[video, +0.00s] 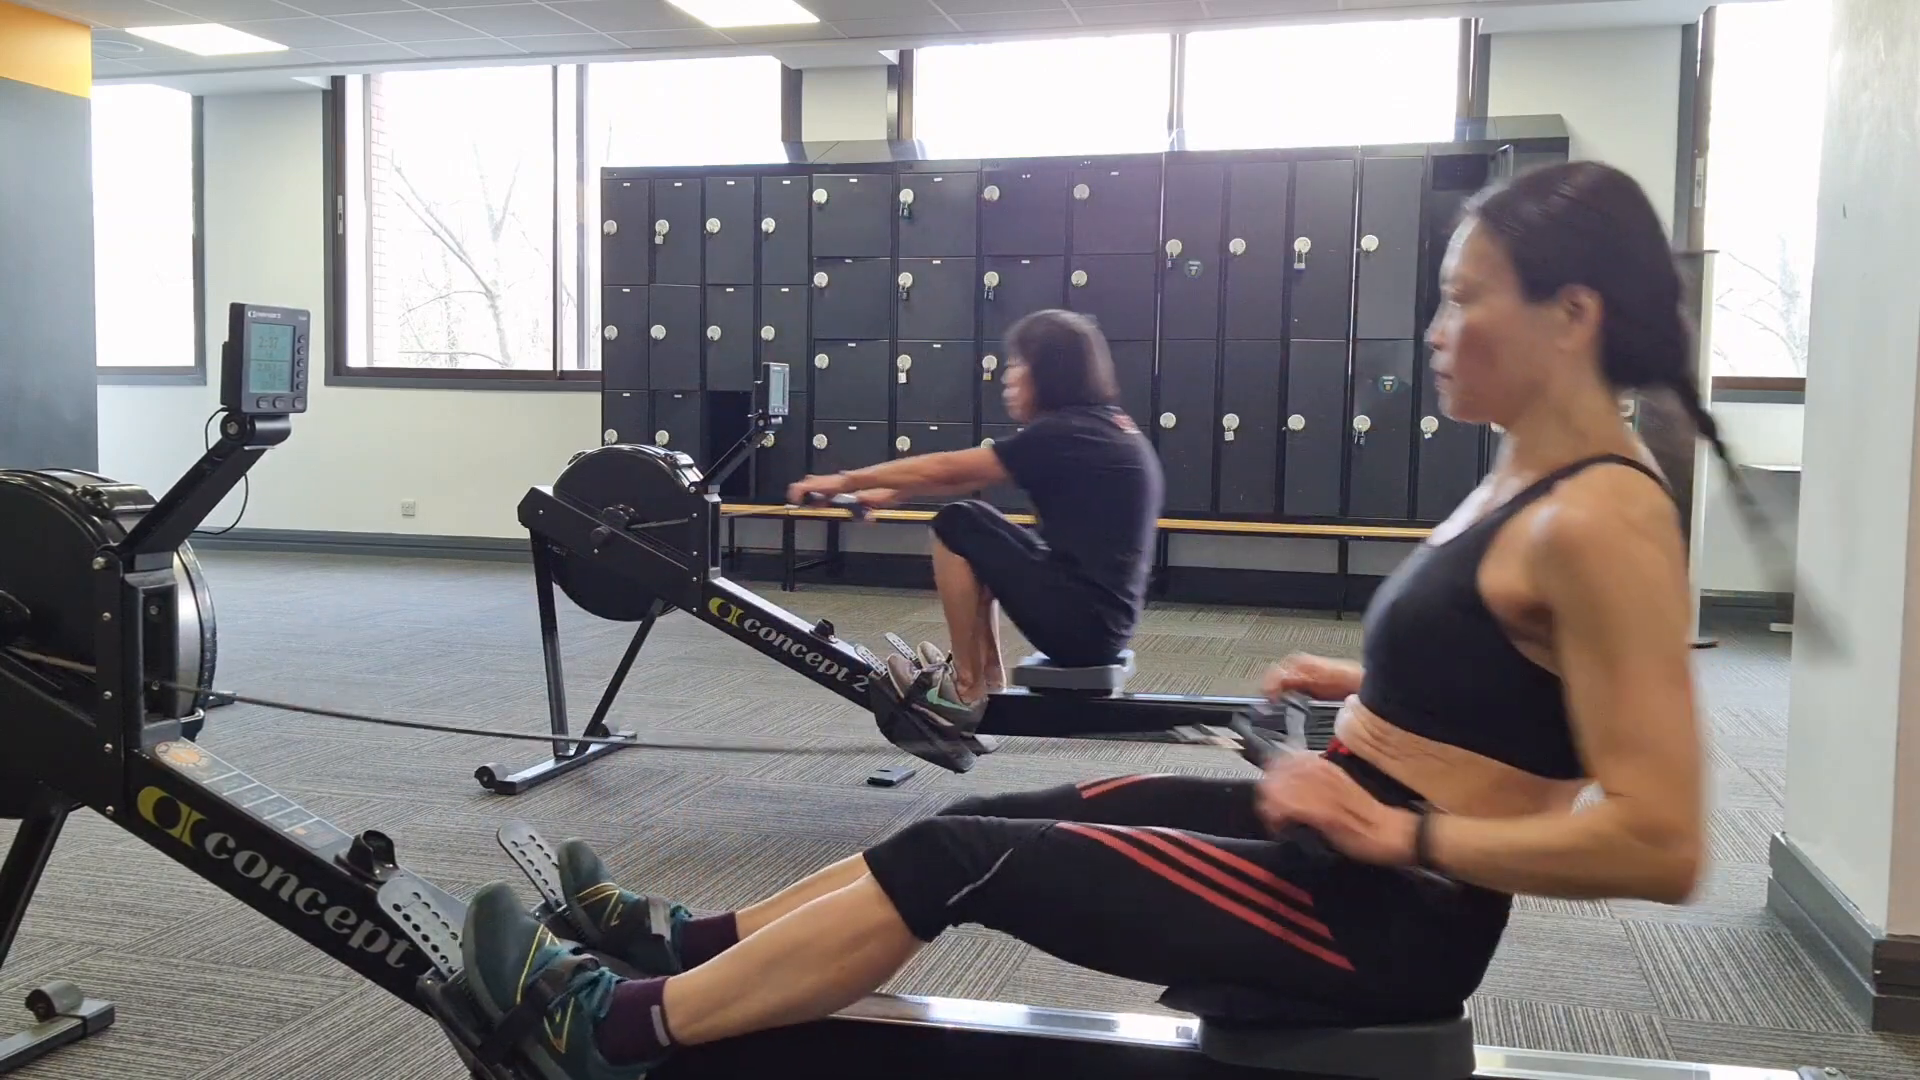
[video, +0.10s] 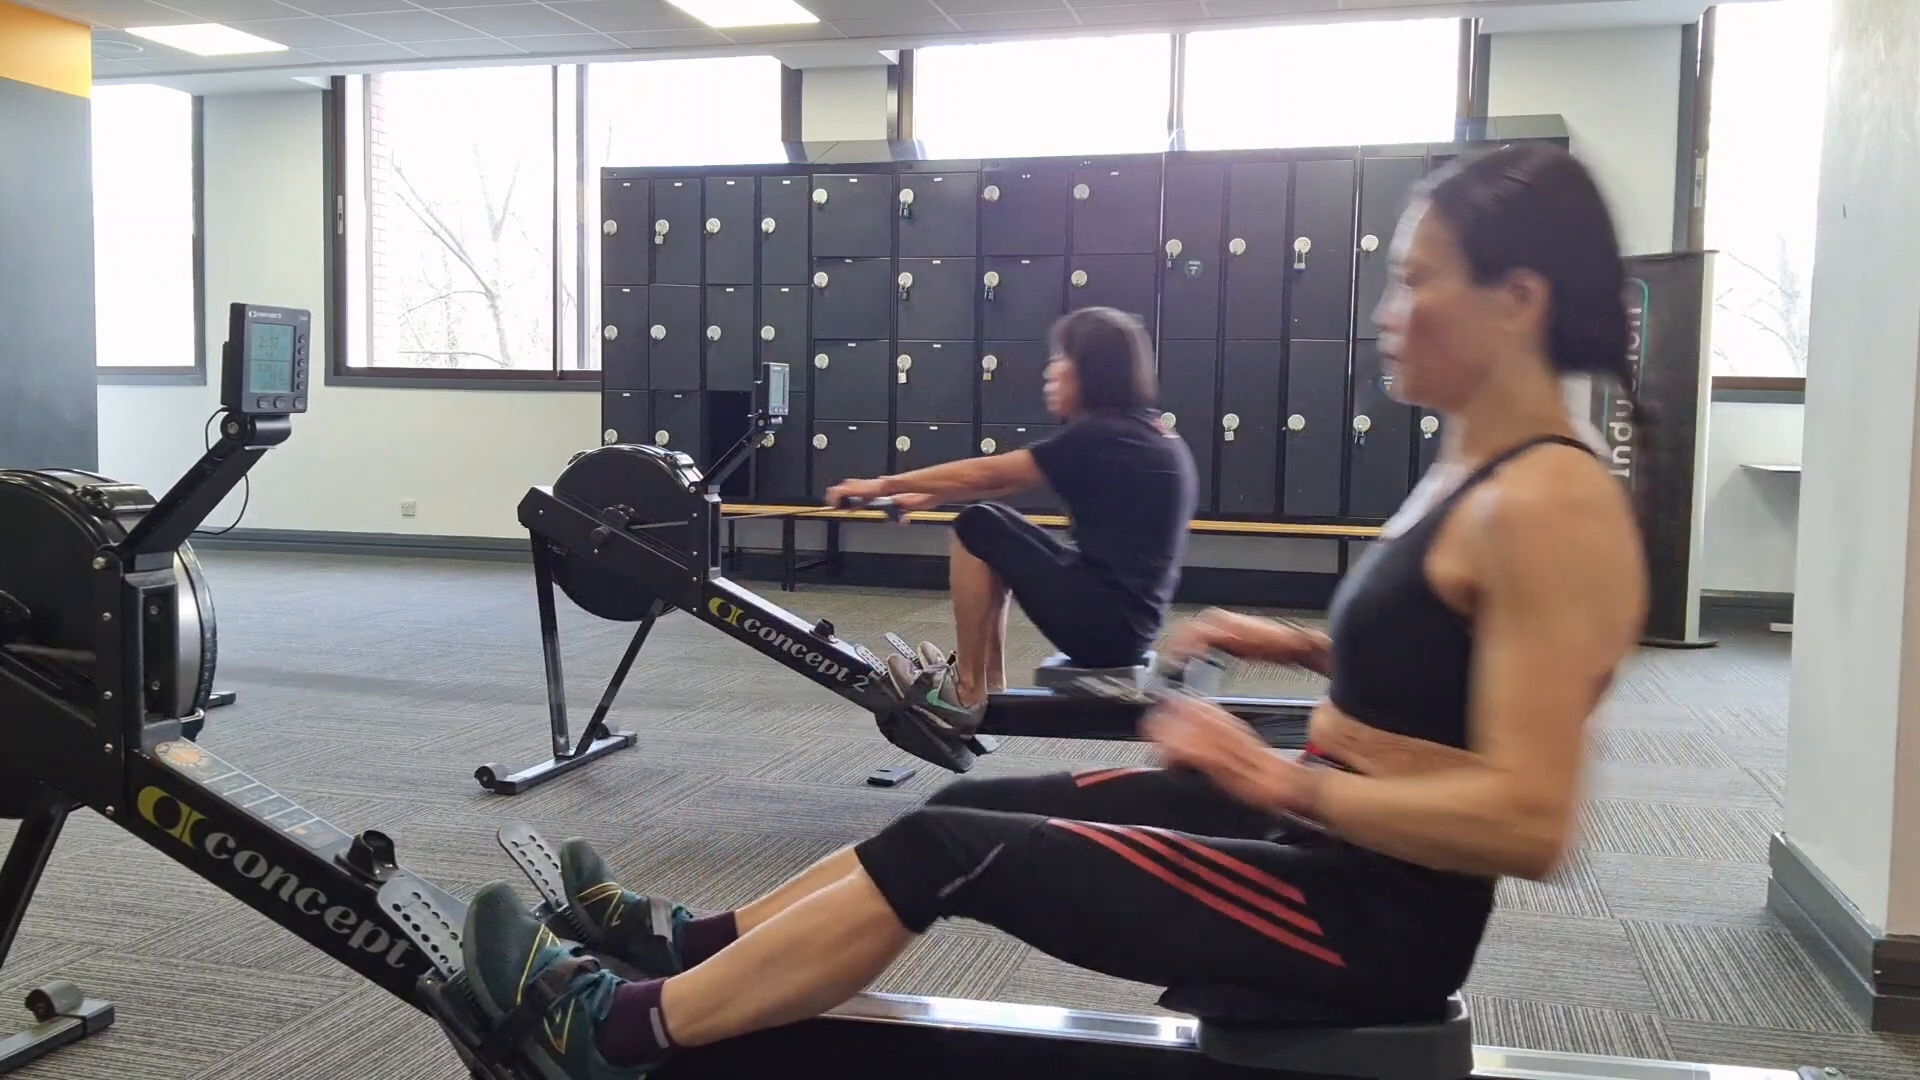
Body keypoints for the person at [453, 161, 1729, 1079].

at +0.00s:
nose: (1438, 332)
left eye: (1464, 303)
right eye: (1444, 303)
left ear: (1573, 319)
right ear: (1554, 324)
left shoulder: (1600, 519)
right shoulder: (1537, 486)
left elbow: (1661, 843)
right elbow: (1548, 754)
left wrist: (1397, 837)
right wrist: (1368, 697)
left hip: (1377, 912)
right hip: (1350, 842)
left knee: (962, 852)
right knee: (965, 827)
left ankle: (622, 1034)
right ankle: (671, 960)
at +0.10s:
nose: (1383, 315)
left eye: (1412, 284)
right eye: (1391, 283)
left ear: (1520, 302)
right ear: (1490, 305)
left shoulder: (1551, 501)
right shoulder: (1480, 474)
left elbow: (1534, 820)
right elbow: (1431, 698)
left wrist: (1277, 778)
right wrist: (1279, 644)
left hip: (1367, 919)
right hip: (1334, 853)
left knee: (950, 839)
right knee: (957, 808)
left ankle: (613, 1037)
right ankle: (697, 948)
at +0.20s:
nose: (1312, 301)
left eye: (1341, 267)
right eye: (1318, 270)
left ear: (1446, 287)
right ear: (1419, 289)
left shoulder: (1470, 483)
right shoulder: (1420, 464)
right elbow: (1348, 679)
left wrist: (1154, 732)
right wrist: (1208, 613)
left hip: (1339, 916)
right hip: (1306, 856)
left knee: (937, 816)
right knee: (963, 770)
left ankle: (632, 1035)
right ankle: (698, 956)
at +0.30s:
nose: (1228, 288)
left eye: (1255, 258)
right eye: (1235, 258)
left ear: (1351, 283)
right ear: (1333, 286)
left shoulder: (1366, 469)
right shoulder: (1355, 455)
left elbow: (1207, 754)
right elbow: (1216, 659)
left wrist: (992, 674)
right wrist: (1075, 588)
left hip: (1291, 912)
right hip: (1272, 870)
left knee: (915, 788)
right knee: (931, 748)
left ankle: (641, 1026)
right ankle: (696, 967)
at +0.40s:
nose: (1134, 290)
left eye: (1160, 261)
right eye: (1142, 261)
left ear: (1249, 283)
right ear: (1244, 287)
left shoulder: (1248, 469)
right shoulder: (1268, 446)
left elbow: (1049, 717)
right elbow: (1163, 601)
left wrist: (855, 673)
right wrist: (981, 572)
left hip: (1245, 902)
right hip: (1248, 860)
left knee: (872, 765)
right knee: (891, 750)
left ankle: (636, 1021)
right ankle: (680, 977)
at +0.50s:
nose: (1037, 297)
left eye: (1060, 269)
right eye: (1044, 269)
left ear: (1149, 292)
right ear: (1145, 296)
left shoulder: (1143, 471)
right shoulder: (1204, 435)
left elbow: (909, 705)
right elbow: (1047, 591)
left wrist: (727, 700)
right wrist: (866, 588)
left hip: (1179, 898)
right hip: (1196, 831)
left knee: (833, 746)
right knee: (871, 699)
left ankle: (624, 1017)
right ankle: (666, 954)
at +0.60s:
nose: (951, 302)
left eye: (972, 274)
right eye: (957, 275)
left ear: (1051, 301)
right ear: (1050, 304)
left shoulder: (1044, 475)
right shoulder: (1121, 434)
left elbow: (793, 682)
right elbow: (956, 575)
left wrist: (620, 728)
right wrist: (784, 615)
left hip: (1111, 901)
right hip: (1151, 859)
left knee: (793, 719)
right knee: (841, 677)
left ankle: (617, 1015)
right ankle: (678, 947)